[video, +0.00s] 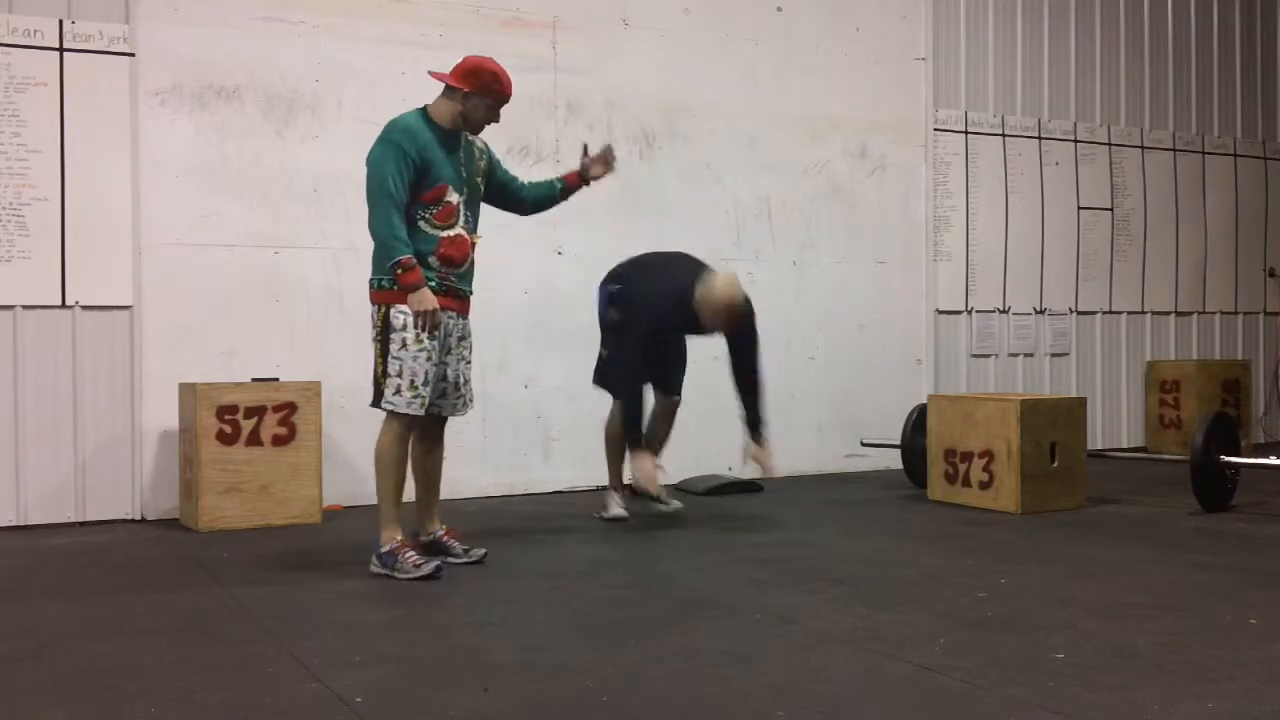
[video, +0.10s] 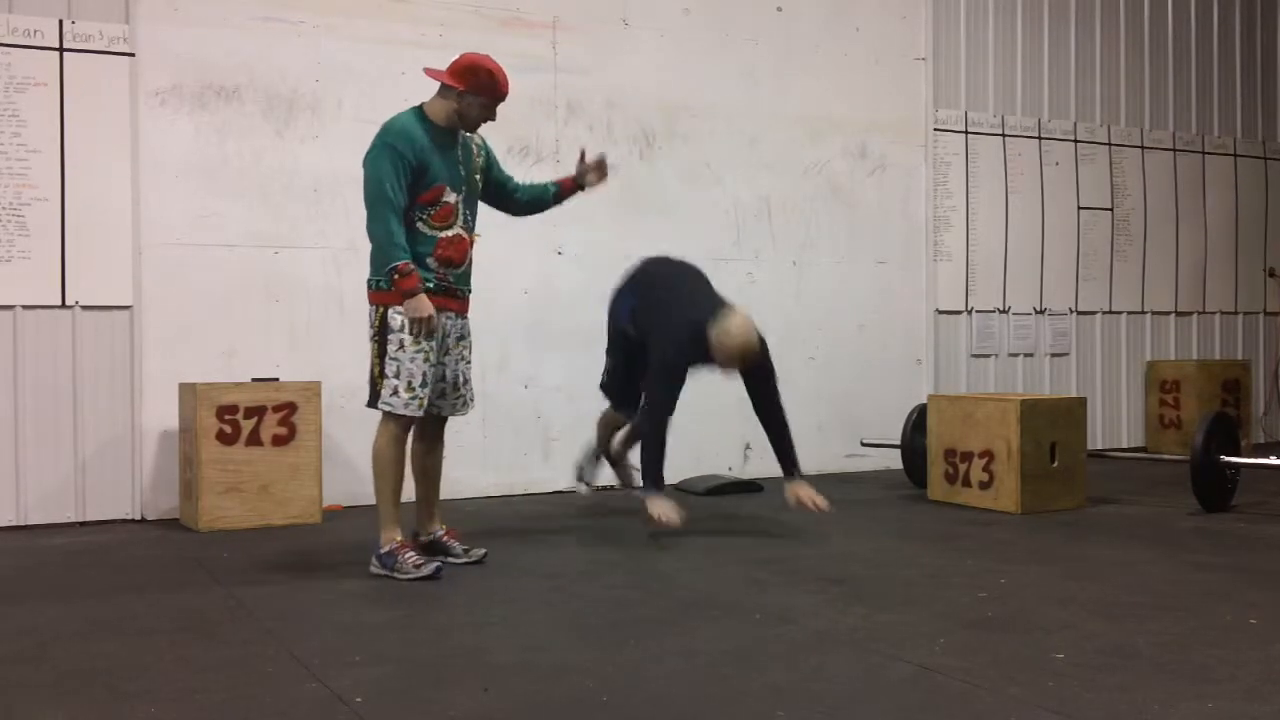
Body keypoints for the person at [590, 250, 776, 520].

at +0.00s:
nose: (719, 325)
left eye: (725, 319)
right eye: (715, 317)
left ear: (734, 305)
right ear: (702, 302)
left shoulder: (736, 307)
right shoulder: (655, 303)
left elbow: (746, 372)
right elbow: (630, 384)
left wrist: (756, 438)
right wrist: (637, 451)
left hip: (666, 313)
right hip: (624, 307)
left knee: (669, 400)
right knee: (623, 402)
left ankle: (644, 481)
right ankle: (615, 490)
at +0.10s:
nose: (729, 369)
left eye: (737, 363)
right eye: (725, 362)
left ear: (749, 345)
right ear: (714, 347)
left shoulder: (745, 338)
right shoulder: (674, 343)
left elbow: (768, 406)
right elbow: (654, 418)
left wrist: (793, 476)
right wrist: (653, 491)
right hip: (634, 298)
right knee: (622, 408)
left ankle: (620, 451)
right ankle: (598, 452)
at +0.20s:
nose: (755, 423)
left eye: (761, 416)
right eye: (750, 417)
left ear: (769, 396)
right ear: (733, 402)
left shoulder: (764, 390)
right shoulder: (693, 399)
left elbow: (792, 455)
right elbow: (655, 469)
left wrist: (813, 522)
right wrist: (651, 534)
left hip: (690, 346)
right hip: (644, 354)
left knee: (648, 424)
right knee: (611, 428)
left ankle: (605, 443)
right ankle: (583, 435)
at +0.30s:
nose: (786, 477)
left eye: (788, 469)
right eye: (779, 473)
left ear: (789, 454)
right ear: (754, 466)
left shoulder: (782, 441)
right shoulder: (701, 452)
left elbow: (815, 472)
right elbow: (632, 476)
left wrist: (815, 523)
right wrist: (648, 535)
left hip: (701, 414)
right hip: (658, 418)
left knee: (636, 445)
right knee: (609, 444)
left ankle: (601, 462)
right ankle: (574, 456)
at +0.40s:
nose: (784, 514)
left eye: (789, 509)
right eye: (779, 509)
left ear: (794, 494)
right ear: (759, 498)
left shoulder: (794, 477)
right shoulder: (712, 480)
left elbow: (815, 468)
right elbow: (645, 477)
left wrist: (816, 521)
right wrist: (649, 534)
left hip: (703, 478)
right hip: (662, 477)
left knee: (631, 479)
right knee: (609, 482)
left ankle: (604, 464)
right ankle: (576, 463)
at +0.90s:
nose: (788, 543)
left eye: (795, 535)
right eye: (781, 537)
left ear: (800, 515)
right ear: (756, 519)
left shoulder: (797, 495)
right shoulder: (711, 509)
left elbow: (808, 459)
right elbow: (648, 467)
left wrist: (816, 521)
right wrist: (651, 533)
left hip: (701, 482)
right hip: (657, 497)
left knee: (646, 477)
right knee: (612, 495)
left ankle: (611, 460)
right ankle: (581, 462)